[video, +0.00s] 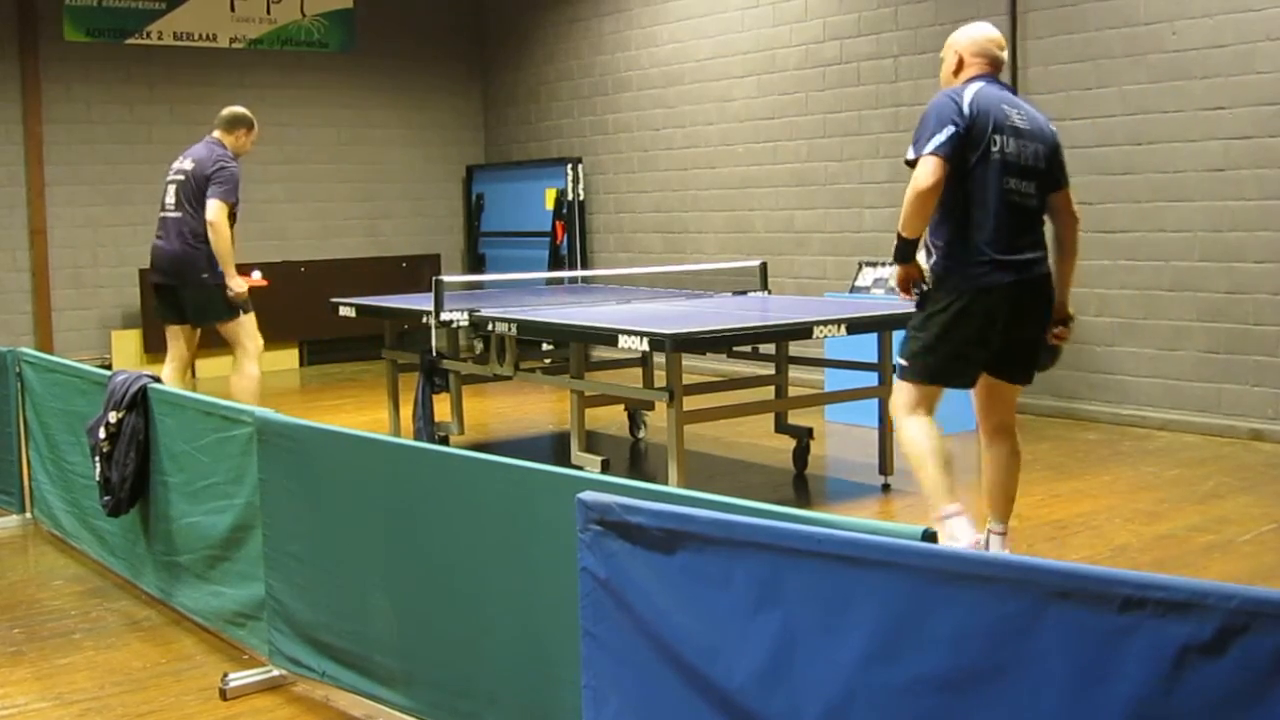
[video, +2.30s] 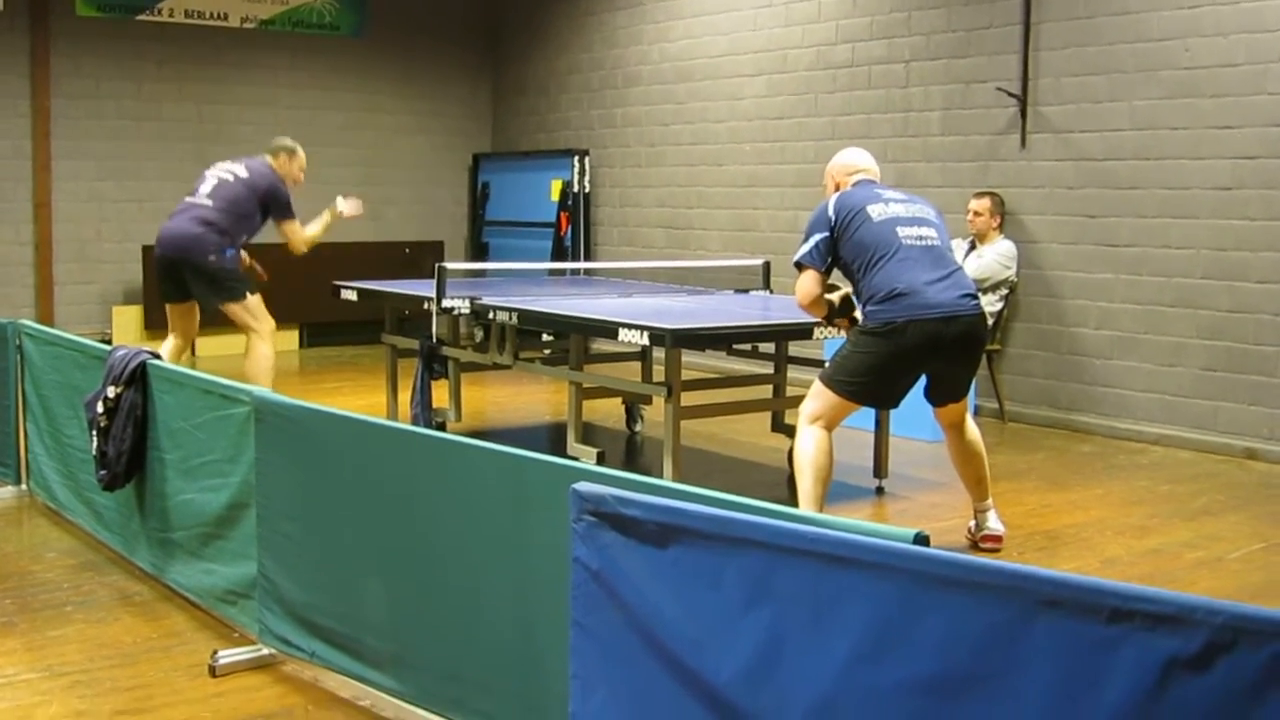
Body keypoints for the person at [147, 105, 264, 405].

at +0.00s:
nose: (250, 147)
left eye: (252, 141)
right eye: (251, 140)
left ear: (218, 129)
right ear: (241, 135)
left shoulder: (188, 156)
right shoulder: (224, 163)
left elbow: (183, 218)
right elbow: (214, 219)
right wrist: (232, 275)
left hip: (164, 264)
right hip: (199, 265)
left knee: (178, 352)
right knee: (249, 345)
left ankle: (168, 433)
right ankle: (245, 437)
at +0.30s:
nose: (268, 151)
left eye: (270, 144)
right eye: (268, 143)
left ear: (238, 134)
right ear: (254, 136)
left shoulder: (205, 157)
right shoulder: (244, 167)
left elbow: (208, 219)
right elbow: (246, 227)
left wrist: (243, 257)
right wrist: (273, 268)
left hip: (178, 263)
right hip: (217, 265)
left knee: (183, 353)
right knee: (254, 351)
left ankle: (170, 436)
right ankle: (260, 439)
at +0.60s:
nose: (305, 168)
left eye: (308, 161)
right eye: (307, 159)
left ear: (280, 146)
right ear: (295, 149)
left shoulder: (239, 164)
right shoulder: (285, 178)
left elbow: (228, 220)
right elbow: (287, 245)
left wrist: (264, 256)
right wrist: (311, 254)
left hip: (197, 254)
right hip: (238, 259)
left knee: (191, 348)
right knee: (272, 350)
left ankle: (167, 424)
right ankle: (262, 437)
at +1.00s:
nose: (320, 216)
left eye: (324, 211)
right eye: (323, 208)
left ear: (299, 188)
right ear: (313, 194)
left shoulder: (259, 193)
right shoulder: (296, 211)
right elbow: (304, 276)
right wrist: (329, 288)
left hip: (191, 265)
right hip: (232, 271)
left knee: (177, 360)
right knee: (279, 355)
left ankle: (147, 425)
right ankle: (263, 437)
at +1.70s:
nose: (317, 255)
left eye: (321, 250)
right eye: (319, 247)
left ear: (300, 229)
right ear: (307, 232)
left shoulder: (257, 227)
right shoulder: (285, 247)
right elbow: (283, 316)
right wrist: (322, 305)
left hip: (174, 285)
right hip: (213, 290)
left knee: (183, 372)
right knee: (281, 359)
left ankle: (149, 418)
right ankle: (265, 439)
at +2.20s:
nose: (305, 211)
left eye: (308, 205)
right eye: (305, 202)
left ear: (284, 189)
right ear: (288, 190)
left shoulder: (237, 191)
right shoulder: (274, 210)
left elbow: (207, 235)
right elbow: (290, 277)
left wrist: (233, 272)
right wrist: (333, 262)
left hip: (166, 259)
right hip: (205, 263)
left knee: (181, 348)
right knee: (271, 336)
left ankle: (150, 401)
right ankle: (261, 420)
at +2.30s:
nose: (301, 178)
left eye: (303, 171)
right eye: (299, 169)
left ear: (277, 158)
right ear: (282, 159)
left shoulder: (231, 166)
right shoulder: (271, 182)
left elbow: (205, 216)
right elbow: (299, 244)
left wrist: (238, 253)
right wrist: (332, 213)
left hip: (167, 241)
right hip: (205, 246)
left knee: (180, 334)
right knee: (261, 328)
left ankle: (152, 397)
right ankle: (260, 415)